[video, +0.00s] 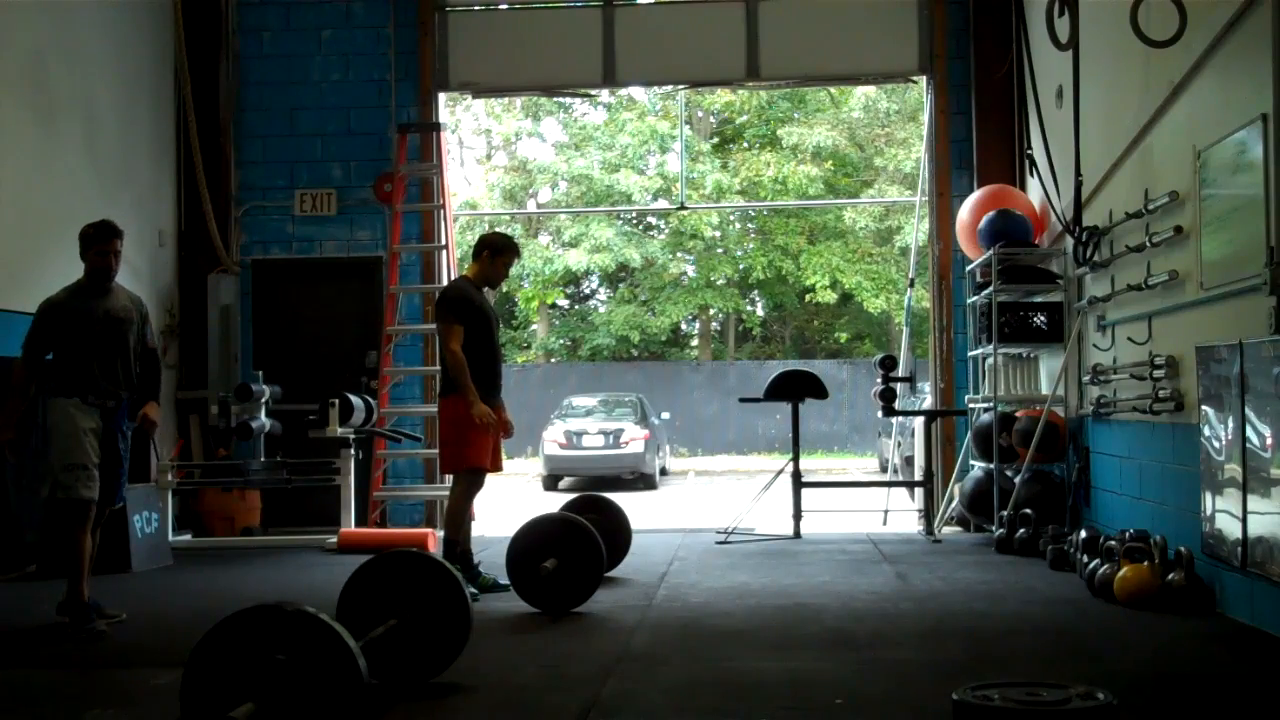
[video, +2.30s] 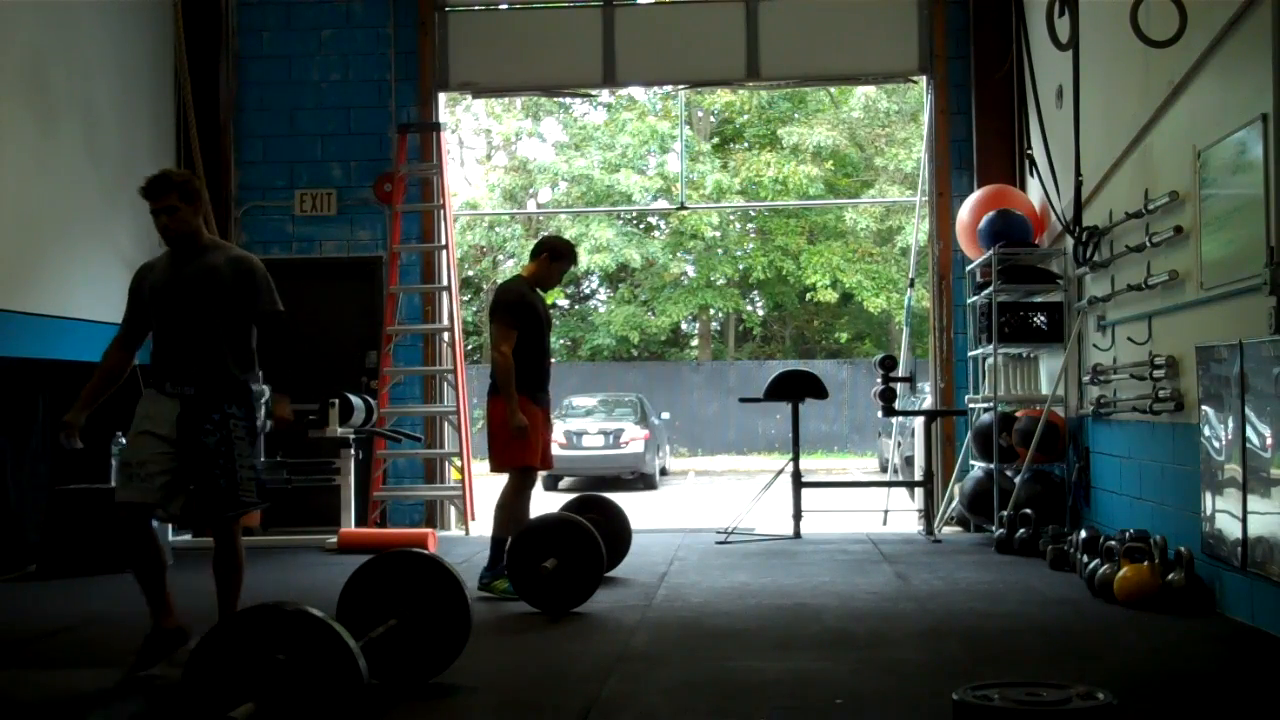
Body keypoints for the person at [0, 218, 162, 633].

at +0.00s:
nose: (111, 261)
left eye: (116, 254)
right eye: (103, 254)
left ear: (121, 256)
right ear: (84, 254)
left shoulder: (134, 307)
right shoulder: (56, 307)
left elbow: (149, 360)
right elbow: (29, 363)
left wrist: (152, 400)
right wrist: (26, 412)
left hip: (116, 417)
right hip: (69, 414)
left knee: (98, 508)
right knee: (82, 504)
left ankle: (77, 598)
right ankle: (78, 601)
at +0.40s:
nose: (148, 256)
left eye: (149, 248)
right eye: (141, 248)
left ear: (135, 250)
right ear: (116, 248)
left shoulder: (140, 299)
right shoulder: (72, 300)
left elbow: (155, 360)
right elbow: (48, 362)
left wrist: (180, 407)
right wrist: (51, 417)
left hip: (135, 417)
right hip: (86, 419)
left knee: (166, 498)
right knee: (82, 511)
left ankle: (139, 589)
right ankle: (79, 605)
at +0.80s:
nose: (210, 257)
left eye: (211, 249)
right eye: (204, 248)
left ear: (201, 249)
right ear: (180, 246)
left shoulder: (196, 300)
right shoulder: (134, 294)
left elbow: (194, 368)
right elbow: (114, 358)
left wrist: (205, 423)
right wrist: (130, 412)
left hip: (187, 417)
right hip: (145, 415)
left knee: (188, 515)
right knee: (130, 512)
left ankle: (199, 605)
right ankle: (92, 599)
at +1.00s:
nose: (225, 255)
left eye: (229, 247)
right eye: (218, 247)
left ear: (230, 248)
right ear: (196, 245)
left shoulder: (226, 298)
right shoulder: (157, 292)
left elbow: (241, 361)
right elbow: (129, 358)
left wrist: (260, 409)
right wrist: (135, 411)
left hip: (210, 413)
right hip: (165, 410)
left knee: (201, 511)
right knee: (173, 505)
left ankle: (200, 604)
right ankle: (158, 597)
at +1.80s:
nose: (213, 228)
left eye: (220, 220)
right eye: (204, 221)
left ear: (235, 225)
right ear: (191, 229)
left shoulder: (262, 280)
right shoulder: (173, 286)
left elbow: (291, 346)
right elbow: (157, 355)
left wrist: (318, 402)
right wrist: (171, 405)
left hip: (255, 412)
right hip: (202, 416)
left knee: (261, 516)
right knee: (222, 523)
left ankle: (273, 608)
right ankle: (239, 610)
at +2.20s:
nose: (180, 223)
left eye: (188, 213)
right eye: (173, 215)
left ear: (212, 210)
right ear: (165, 219)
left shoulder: (252, 273)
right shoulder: (156, 278)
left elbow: (285, 348)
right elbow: (128, 351)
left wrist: (305, 408)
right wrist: (94, 411)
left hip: (232, 412)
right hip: (171, 411)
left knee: (229, 524)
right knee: (151, 515)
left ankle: (229, 625)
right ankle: (199, 594)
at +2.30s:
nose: (163, 222)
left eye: (171, 212)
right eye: (156, 214)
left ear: (198, 208)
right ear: (152, 218)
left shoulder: (245, 269)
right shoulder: (151, 277)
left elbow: (275, 341)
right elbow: (123, 349)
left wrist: (279, 397)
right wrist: (82, 408)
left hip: (226, 414)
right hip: (163, 413)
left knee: (225, 529)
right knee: (134, 516)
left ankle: (228, 630)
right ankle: (166, 624)